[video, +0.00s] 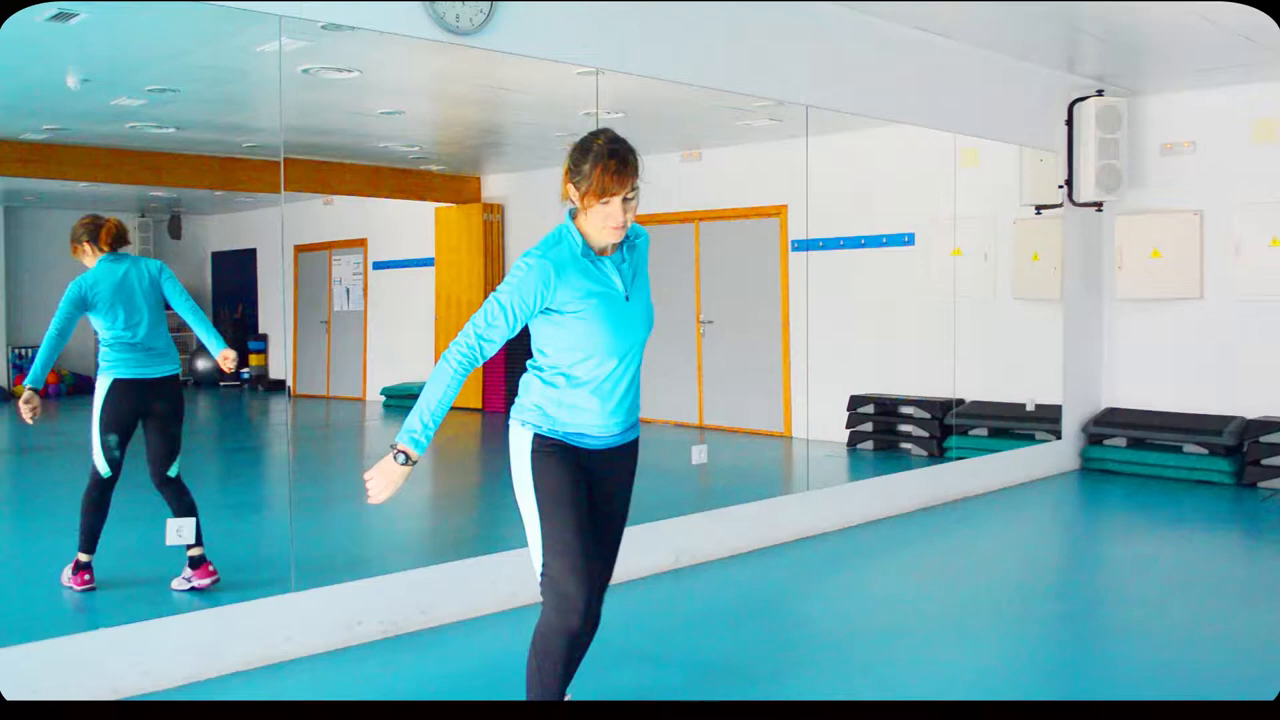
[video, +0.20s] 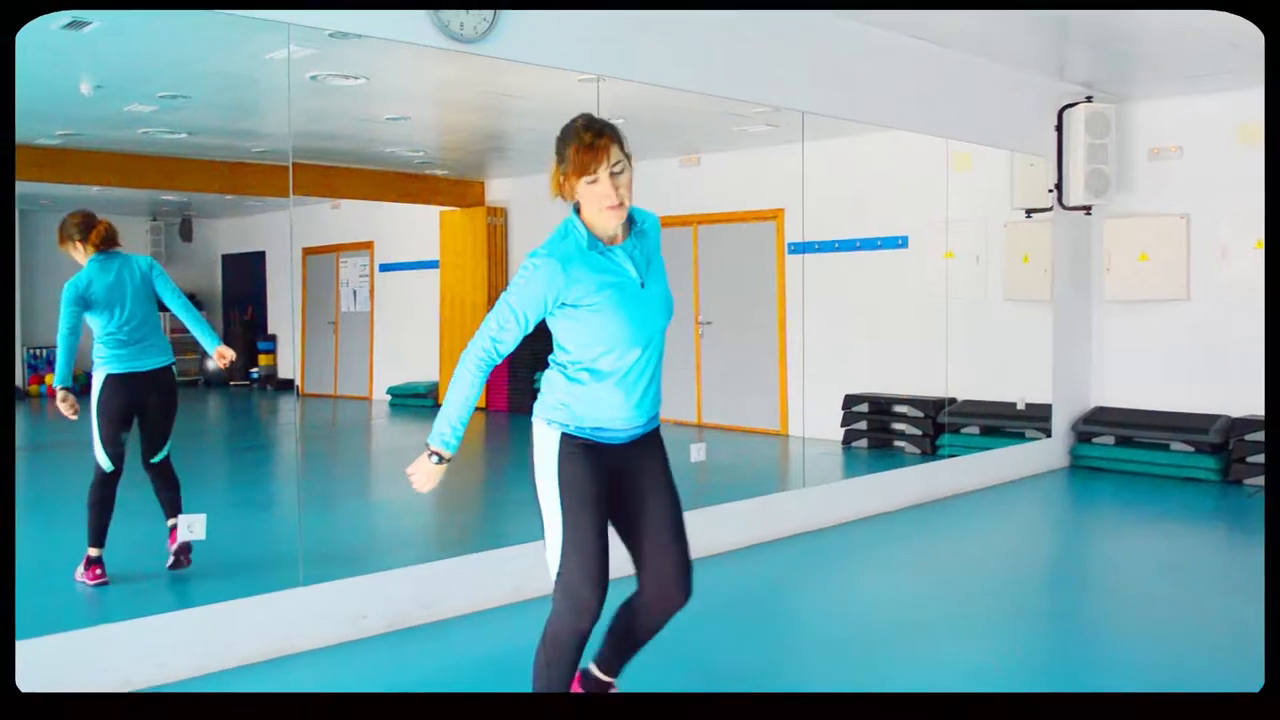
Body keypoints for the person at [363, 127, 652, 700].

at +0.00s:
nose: (621, 215)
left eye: (628, 199)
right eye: (607, 201)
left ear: (636, 196)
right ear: (575, 197)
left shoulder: (636, 244)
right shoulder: (544, 268)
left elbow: (619, 331)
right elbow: (466, 349)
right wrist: (405, 451)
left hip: (617, 445)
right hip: (548, 443)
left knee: (587, 610)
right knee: (569, 605)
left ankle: (548, 694)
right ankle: (543, 699)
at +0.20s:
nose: (612, 190)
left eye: (619, 171)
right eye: (593, 179)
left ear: (631, 171)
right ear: (569, 188)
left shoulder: (646, 229)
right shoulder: (553, 265)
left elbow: (637, 324)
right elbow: (483, 350)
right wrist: (441, 447)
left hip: (638, 434)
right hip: (570, 438)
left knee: (668, 589)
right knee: (580, 597)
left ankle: (595, 681)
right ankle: (550, 694)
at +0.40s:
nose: (622, 181)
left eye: (627, 163)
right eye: (603, 176)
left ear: (647, 164)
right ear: (589, 192)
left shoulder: (688, 230)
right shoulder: (583, 269)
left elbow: (709, 302)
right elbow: (529, 354)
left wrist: (733, 357)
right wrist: (504, 445)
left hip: (688, 446)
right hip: (608, 450)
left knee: (740, 599)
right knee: (606, 603)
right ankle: (561, 682)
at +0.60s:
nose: (629, 196)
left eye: (635, 177)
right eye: (622, 187)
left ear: (678, 169)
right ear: (626, 200)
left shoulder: (762, 229)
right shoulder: (637, 268)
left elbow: (831, 262)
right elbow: (614, 336)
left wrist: (887, 300)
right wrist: (615, 397)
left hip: (771, 448)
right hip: (685, 453)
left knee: (809, 607)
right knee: (657, 595)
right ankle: (611, 670)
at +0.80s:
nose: (670, 180)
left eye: (676, 164)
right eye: (668, 167)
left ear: (714, 160)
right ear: (710, 163)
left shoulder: (798, 222)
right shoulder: (696, 244)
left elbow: (885, 254)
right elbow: (728, 322)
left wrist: (939, 340)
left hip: (813, 429)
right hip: (739, 436)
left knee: (829, 591)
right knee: (748, 591)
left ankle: (869, 671)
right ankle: (791, 667)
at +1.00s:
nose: (712, 230)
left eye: (718, 216)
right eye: (710, 218)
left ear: (754, 212)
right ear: (750, 216)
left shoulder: (808, 268)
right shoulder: (762, 286)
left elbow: (854, 356)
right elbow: (777, 385)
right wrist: (716, 422)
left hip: (845, 453)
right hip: (800, 460)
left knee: (817, 607)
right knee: (783, 600)